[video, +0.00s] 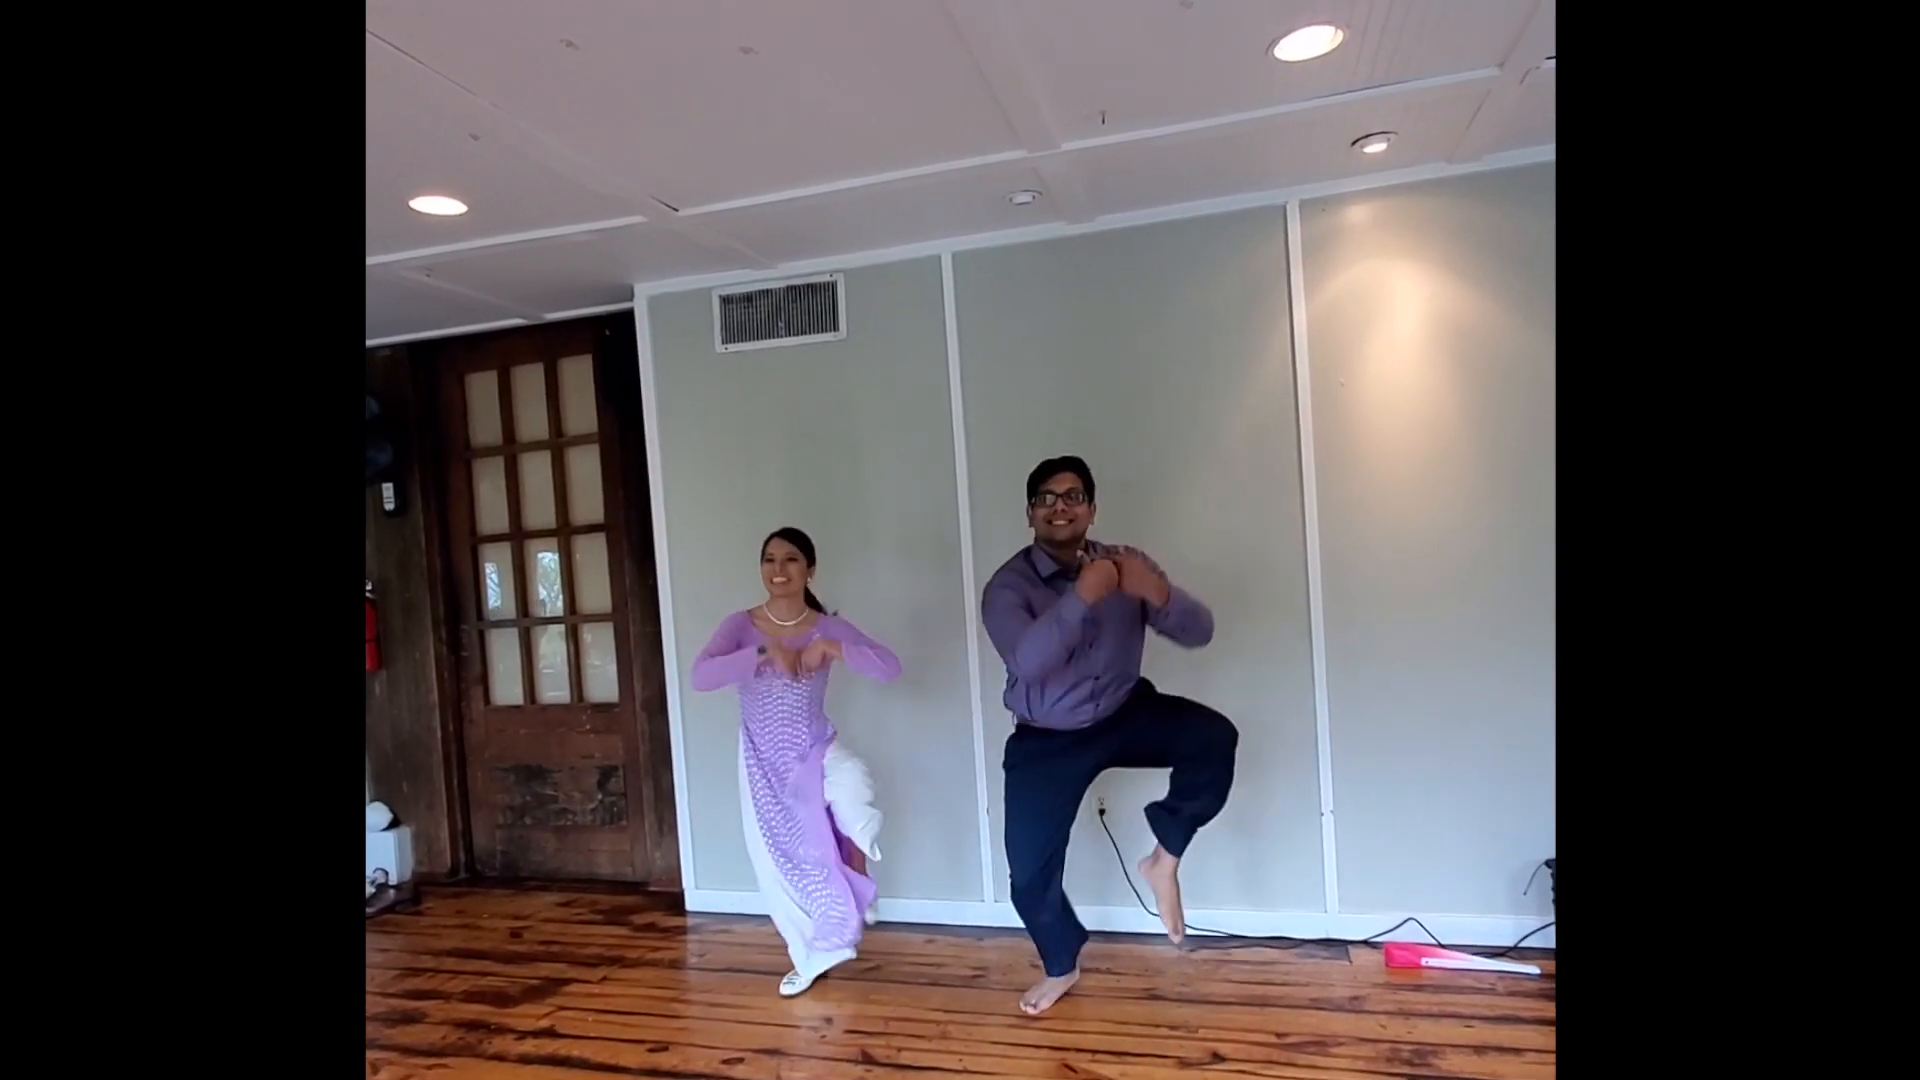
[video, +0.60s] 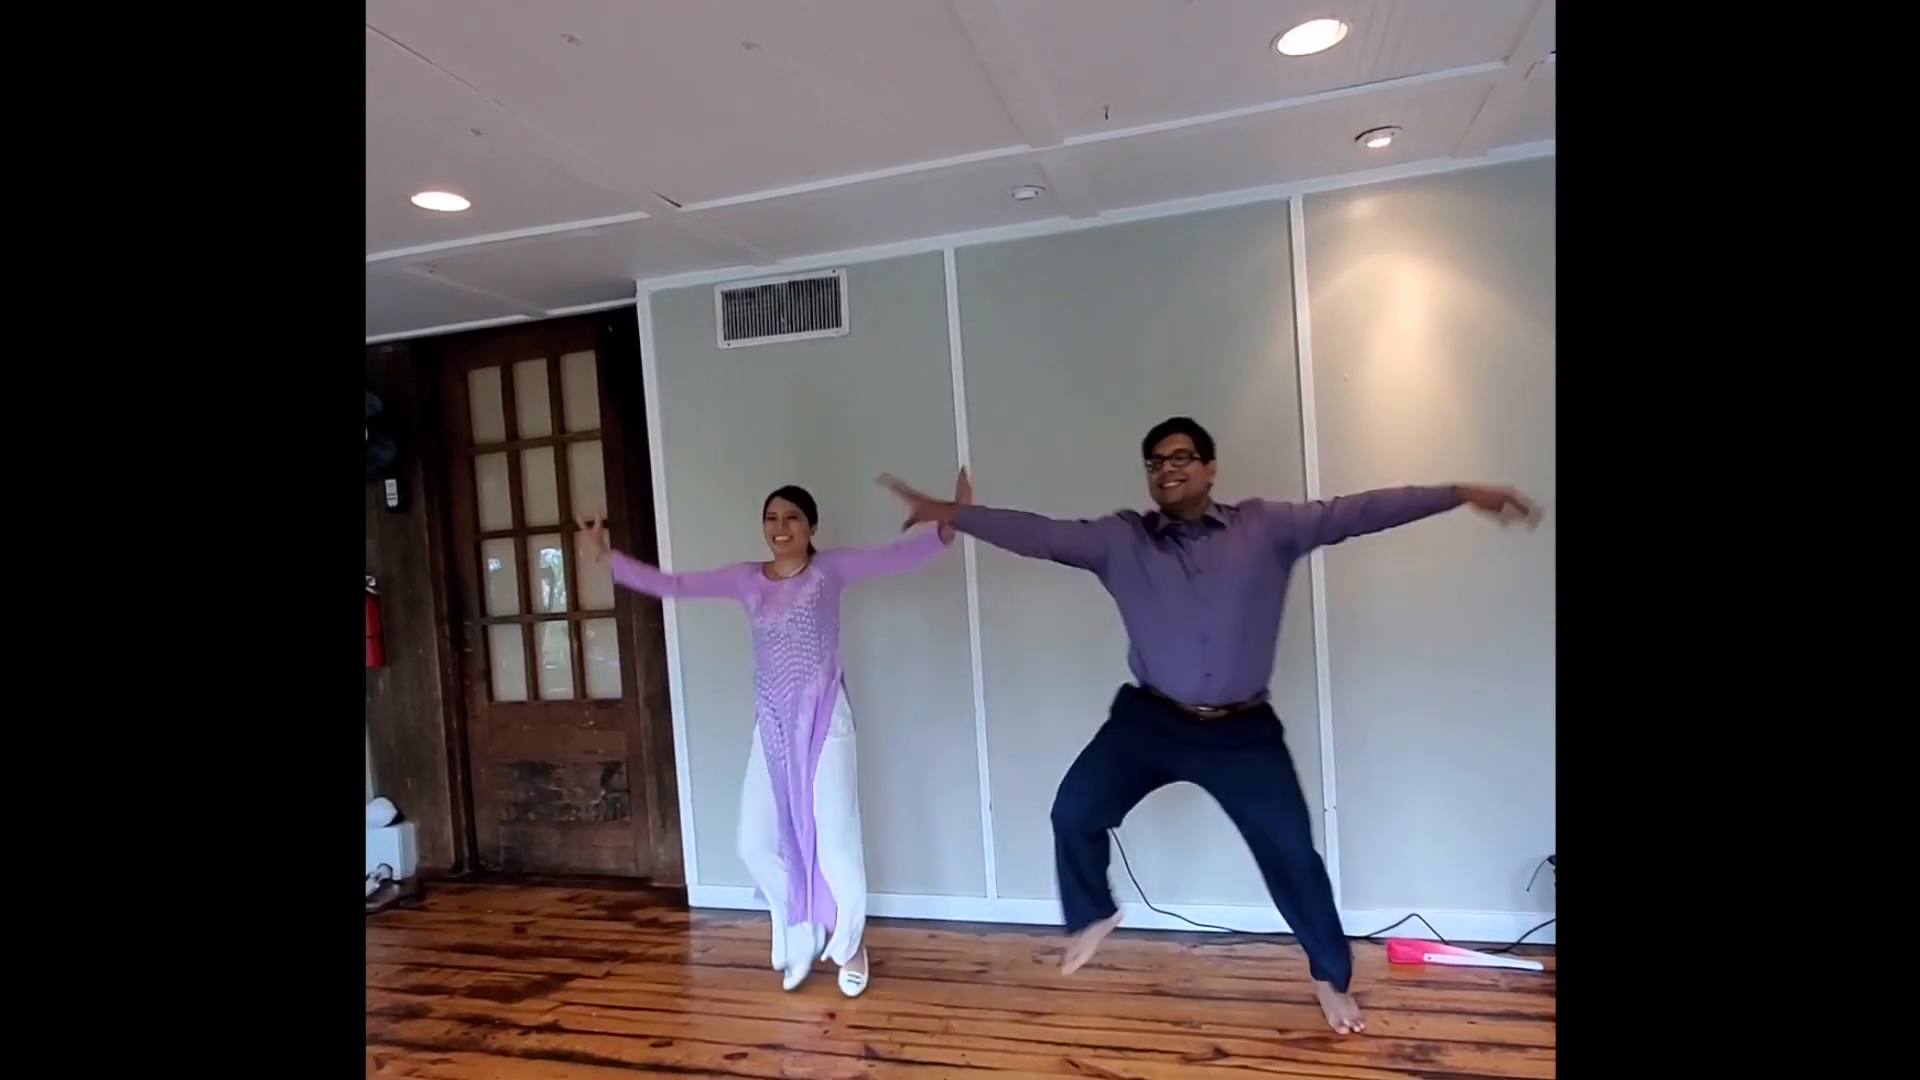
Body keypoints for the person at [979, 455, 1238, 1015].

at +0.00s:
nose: (1058, 507)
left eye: (1072, 497)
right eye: (1046, 498)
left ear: (1090, 510)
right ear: (1031, 512)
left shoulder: (1124, 565)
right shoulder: (1008, 588)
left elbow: (1200, 630)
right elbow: (1026, 661)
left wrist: (1158, 598)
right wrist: (1081, 598)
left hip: (1126, 713)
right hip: (1046, 737)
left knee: (1212, 739)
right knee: (1030, 874)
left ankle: (1162, 860)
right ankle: (1061, 964)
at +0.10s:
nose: (1060, 519)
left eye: (1072, 508)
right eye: (1046, 510)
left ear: (1090, 520)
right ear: (1030, 524)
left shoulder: (1130, 582)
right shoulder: (1006, 604)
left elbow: (1164, 672)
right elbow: (1037, 689)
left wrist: (1147, 668)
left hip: (1121, 735)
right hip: (1042, 749)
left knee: (1200, 799)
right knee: (1032, 875)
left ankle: (1158, 935)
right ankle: (1052, 975)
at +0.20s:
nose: (1066, 521)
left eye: (1079, 511)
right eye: (1054, 513)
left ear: (1098, 523)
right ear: (1037, 527)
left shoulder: (1137, 589)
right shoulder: (1011, 613)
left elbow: (1166, 679)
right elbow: (1029, 707)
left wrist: (1177, 768)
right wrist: (1057, 787)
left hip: (1125, 753)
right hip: (1043, 755)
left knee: (1175, 861)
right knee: (1038, 874)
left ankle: (1154, 1001)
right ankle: (1051, 977)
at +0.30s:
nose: (1087, 514)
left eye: (1100, 504)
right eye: (1074, 506)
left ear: (1121, 516)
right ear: (1059, 521)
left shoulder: (1159, 587)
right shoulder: (1027, 595)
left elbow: (1212, 664)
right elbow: (985, 678)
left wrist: (1271, 747)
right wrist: (953, 761)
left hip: (1143, 752)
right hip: (1057, 755)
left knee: (1208, 846)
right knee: (1040, 882)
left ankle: (1173, 974)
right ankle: (1053, 975)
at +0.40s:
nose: (1113, 494)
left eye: (1125, 483)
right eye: (1100, 487)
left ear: (1148, 496)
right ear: (1084, 502)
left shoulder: (1189, 564)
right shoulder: (1047, 563)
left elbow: (1272, 604)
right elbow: (967, 606)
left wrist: (1359, 649)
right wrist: (892, 649)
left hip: (1169, 739)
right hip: (1080, 746)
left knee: (1248, 829)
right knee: (1059, 872)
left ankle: (1228, 953)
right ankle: (1057, 976)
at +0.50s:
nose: (1139, 470)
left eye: (1152, 459)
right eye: (1128, 462)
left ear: (1177, 470)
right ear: (1115, 476)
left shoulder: (1226, 525)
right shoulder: (1082, 529)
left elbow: (1319, 539)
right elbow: (995, 541)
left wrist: (1419, 560)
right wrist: (907, 555)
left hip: (1207, 720)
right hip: (1115, 719)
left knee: (1264, 841)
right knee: (1074, 838)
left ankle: (1300, 965)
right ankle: (1060, 953)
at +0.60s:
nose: (1173, 471)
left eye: (1186, 460)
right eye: (1161, 464)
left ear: (1212, 470)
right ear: (1149, 479)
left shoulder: (1268, 525)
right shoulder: (1120, 540)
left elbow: (1361, 510)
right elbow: (1035, 534)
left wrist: (1460, 494)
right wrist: (950, 514)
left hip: (1243, 729)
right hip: (1149, 717)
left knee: (1291, 854)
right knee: (1075, 809)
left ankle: (1332, 980)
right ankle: (1092, 917)